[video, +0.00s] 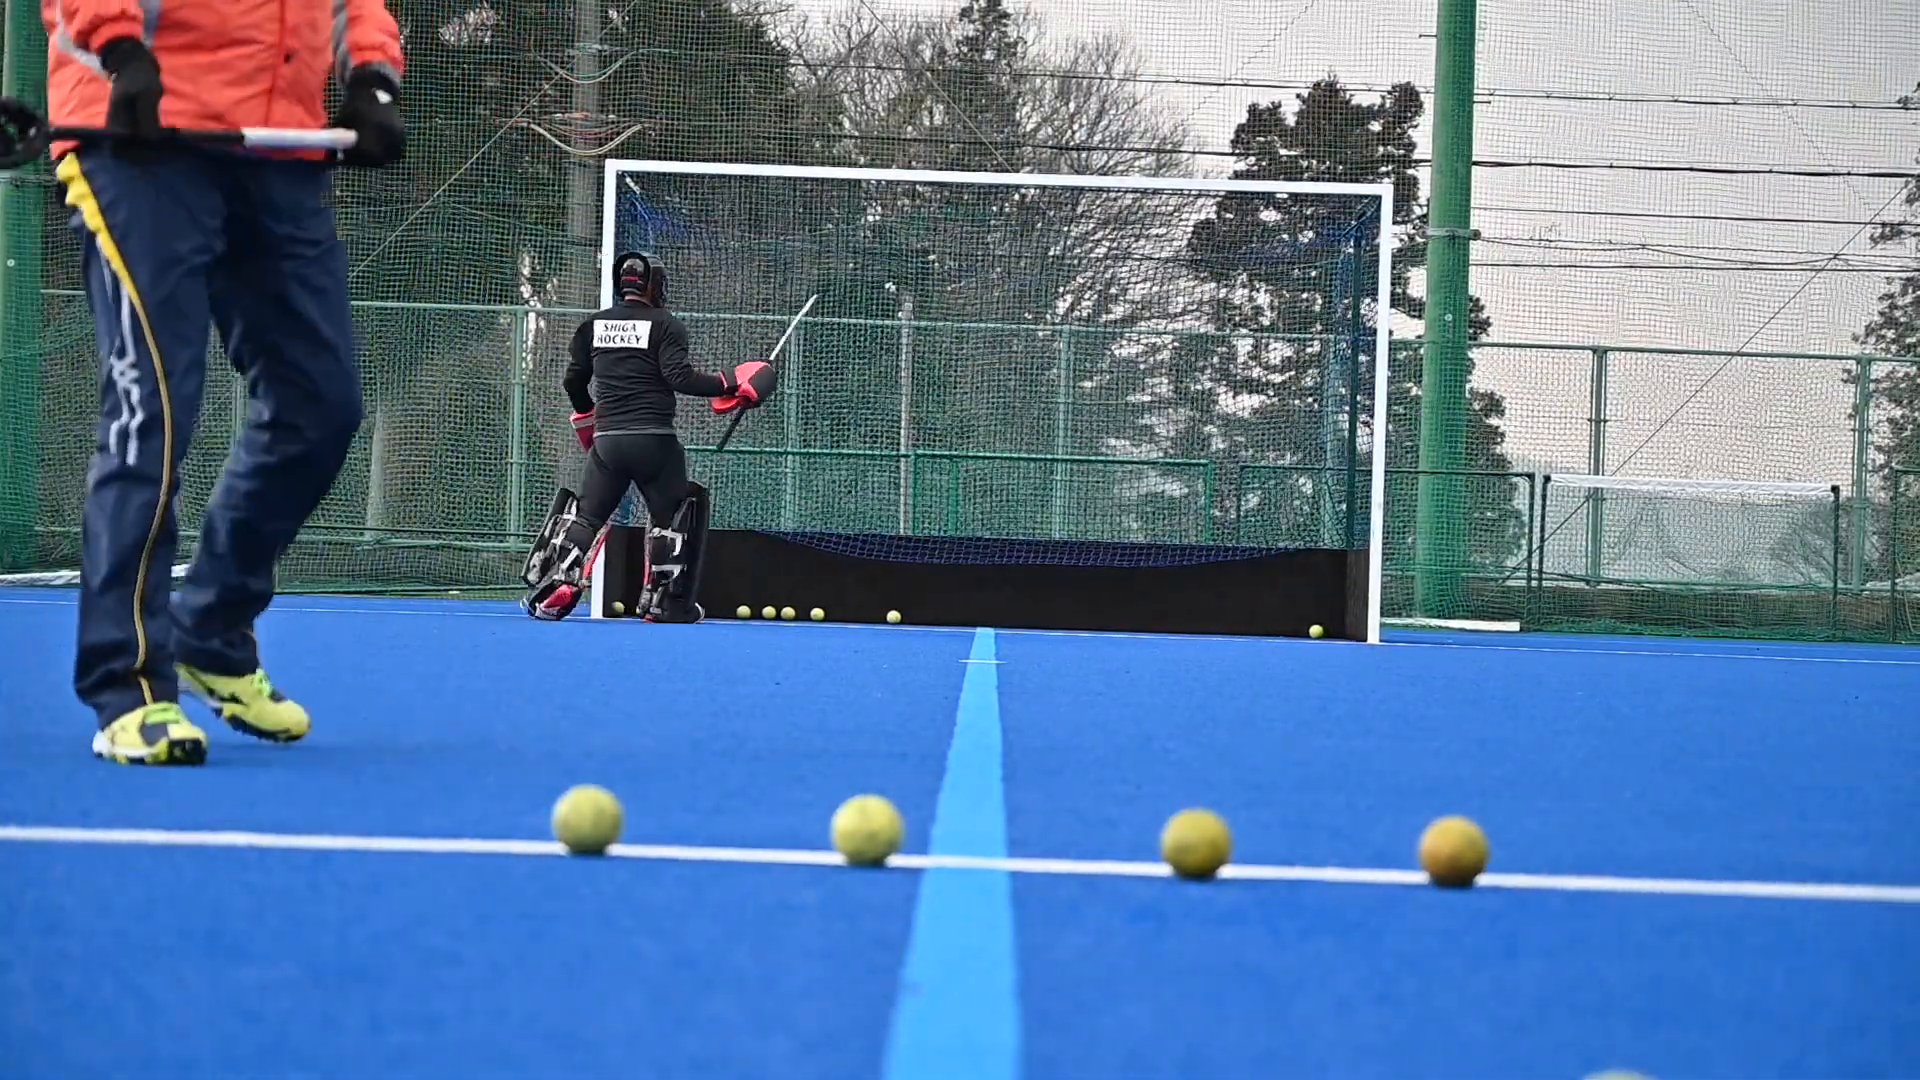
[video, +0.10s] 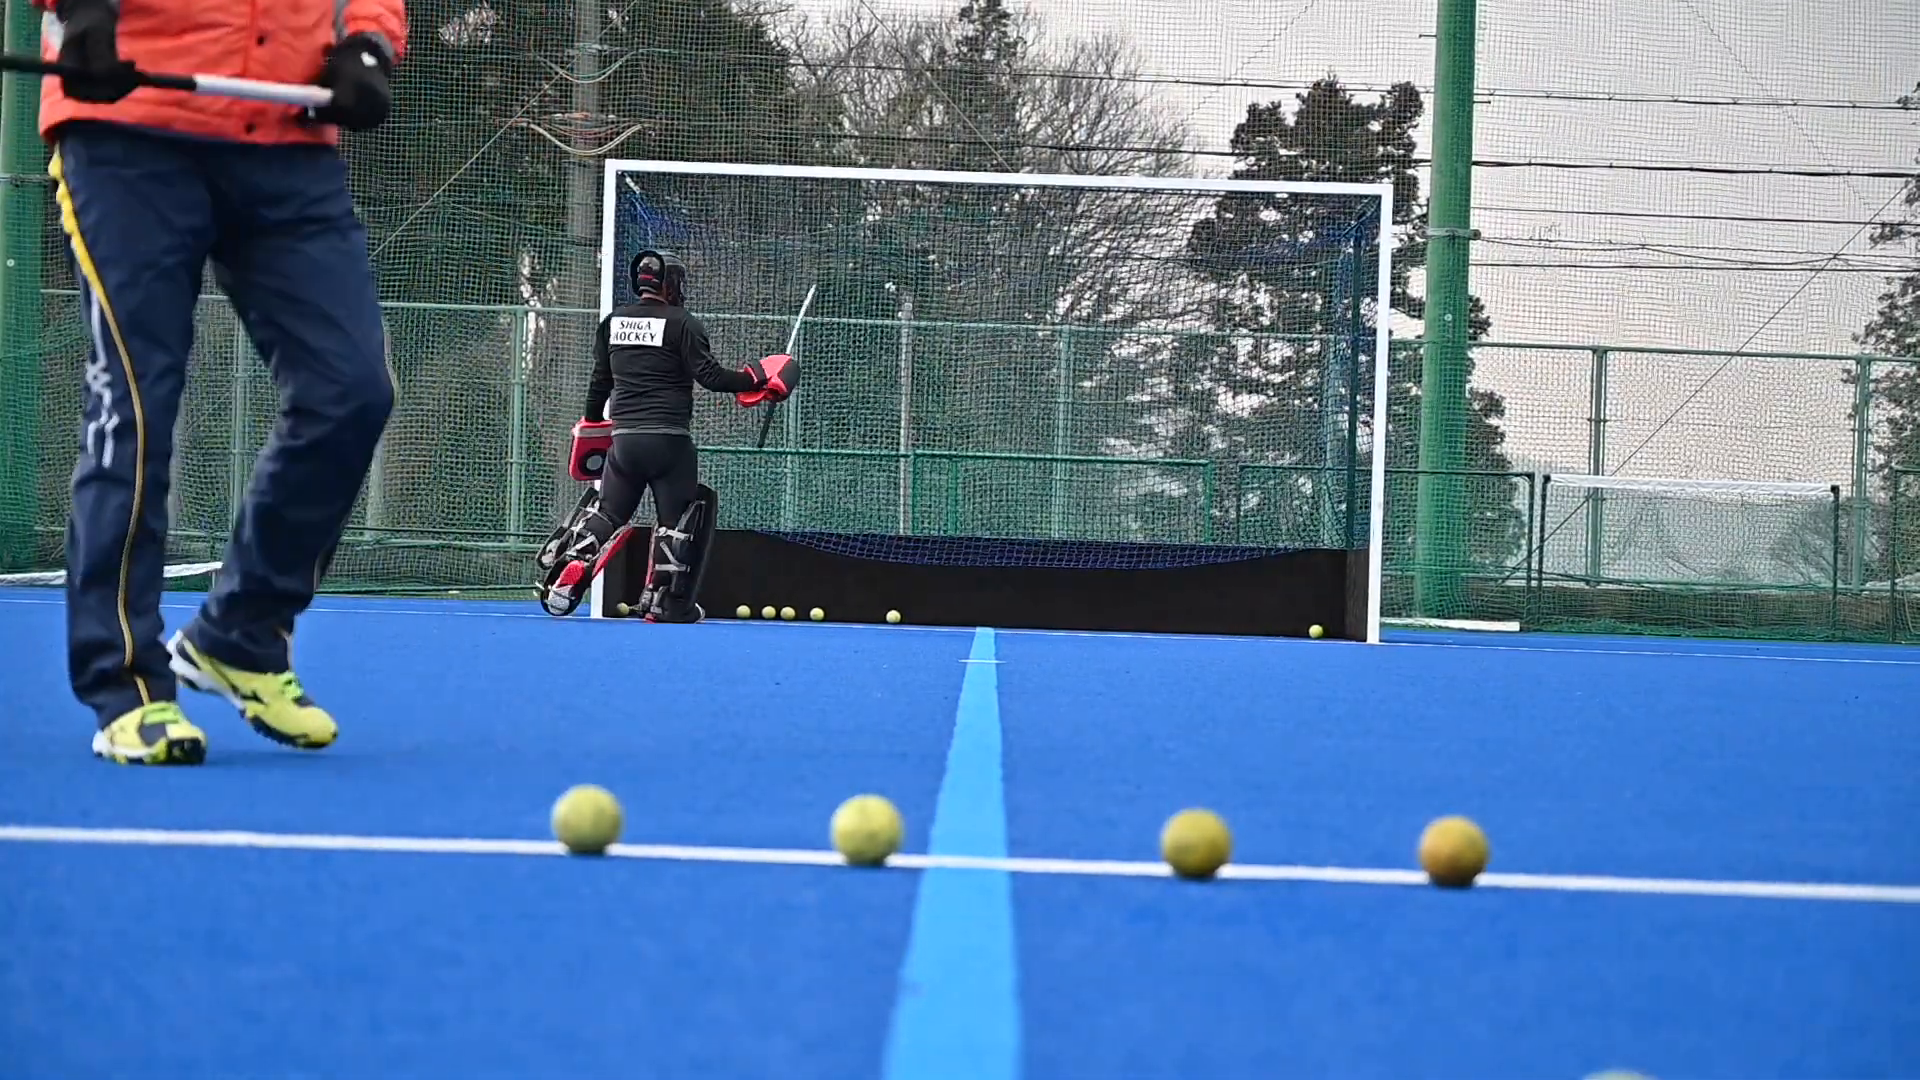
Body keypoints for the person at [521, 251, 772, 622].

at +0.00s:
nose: (665, 293)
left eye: (663, 286)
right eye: (662, 287)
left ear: (622, 287)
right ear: (654, 288)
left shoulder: (594, 323)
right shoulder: (665, 324)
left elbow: (574, 381)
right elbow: (677, 377)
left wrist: (585, 413)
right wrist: (726, 382)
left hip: (608, 440)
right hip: (655, 441)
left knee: (587, 519)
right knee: (669, 524)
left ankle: (556, 588)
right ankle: (668, 602)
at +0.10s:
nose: (683, 290)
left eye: (682, 283)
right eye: (680, 283)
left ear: (640, 284)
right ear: (670, 285)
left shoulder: (614, 321)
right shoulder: (682, 323)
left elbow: (600, 380)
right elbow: (709, 376)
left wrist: (591, 424)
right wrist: (751, 378)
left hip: (625, 439)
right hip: (669, 441)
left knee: (609, 514)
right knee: (675, 527)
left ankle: (577, 562)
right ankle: (668, 604)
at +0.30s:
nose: (711, 283)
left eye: (708, 276)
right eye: (706, 277)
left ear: (669, 280)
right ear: (696, 280)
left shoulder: (645, 317)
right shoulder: (709, 319)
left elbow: (630, 375)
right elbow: (747, 370)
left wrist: (607, 417)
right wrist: (788, 364)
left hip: (650, 435)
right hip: (690, 436)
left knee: (655, 508)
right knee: (681, 522)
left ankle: (619, 581)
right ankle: (666, 601)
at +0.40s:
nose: (722, 284)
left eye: (720, 278)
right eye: (718, 278)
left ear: (681, 281)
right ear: (708, 281)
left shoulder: (657, 317)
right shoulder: (722, 322)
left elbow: (641, 375)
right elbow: (757, 371)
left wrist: (617, 417)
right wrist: (797, 362)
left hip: (661, 436)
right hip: (700, 436)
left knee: (679, 512)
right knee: (687, 522)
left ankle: (658, 591)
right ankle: (664, 602)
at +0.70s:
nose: (761, 291)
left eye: (759, 284)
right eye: (756, 285)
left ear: (725, 291)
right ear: (742, 289)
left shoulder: (703, 327)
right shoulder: (760, 328)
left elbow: (691, 386)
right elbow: (799, 366)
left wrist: (684, 427)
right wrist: (841, 358)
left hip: (707, 436)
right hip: (740, 439)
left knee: (744, 515)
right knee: (718, 522)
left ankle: (750, 596)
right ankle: (675, 591)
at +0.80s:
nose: (777, 291)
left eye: (774, 284)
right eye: (771, 285)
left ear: (737, 291)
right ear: (758, 289)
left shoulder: (718, 329)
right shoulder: (769, 325)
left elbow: (714, 389)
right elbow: (815, 361)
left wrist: (712, 435)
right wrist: (858, 353)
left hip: (727, 437)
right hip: (756, 439)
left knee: (753, 521)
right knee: (760, 526)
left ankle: (752, 599)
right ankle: (688, 577)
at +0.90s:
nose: (789, 290)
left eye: (787, 284)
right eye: (784, 284)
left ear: (751, 291)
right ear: (772, 288)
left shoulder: (738, 327)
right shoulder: (781, 325)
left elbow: (808, 353)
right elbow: (830, 354)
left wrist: (860, 357)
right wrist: (877, 347)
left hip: (738, 438)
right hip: (769, 438)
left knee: (771, 521)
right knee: (793, 518)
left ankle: (771, 601)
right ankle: (719, 567)